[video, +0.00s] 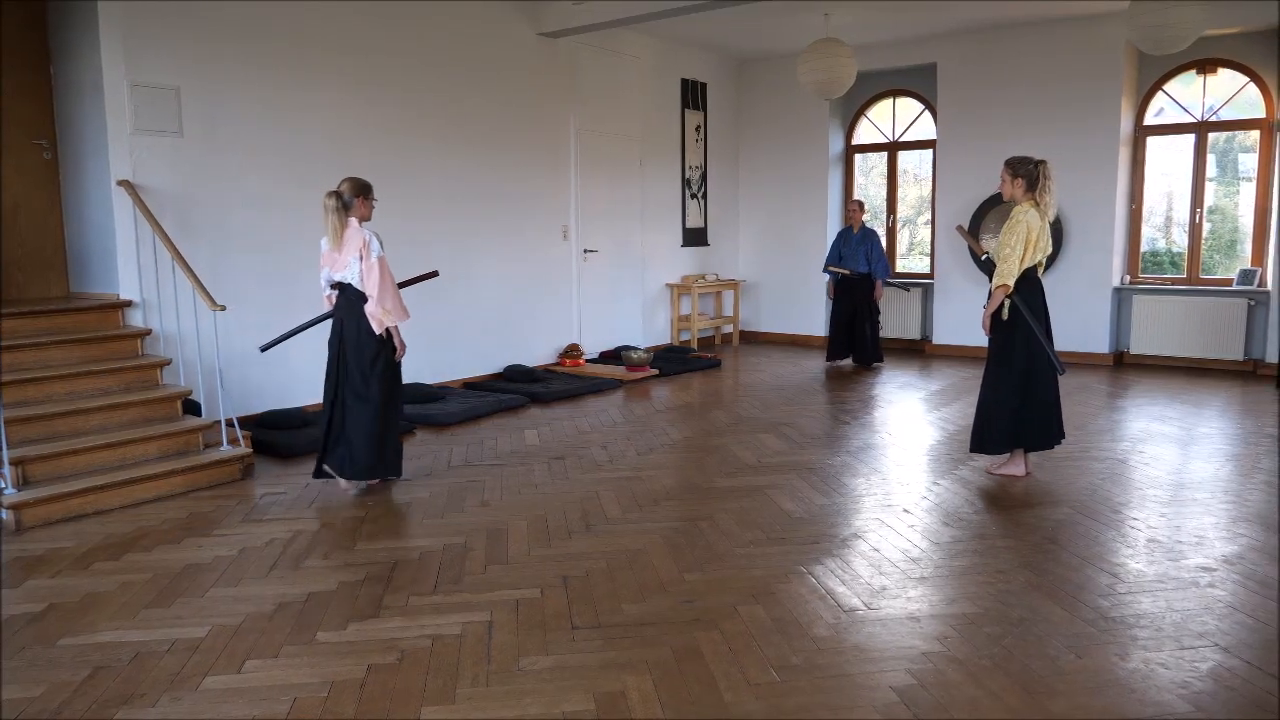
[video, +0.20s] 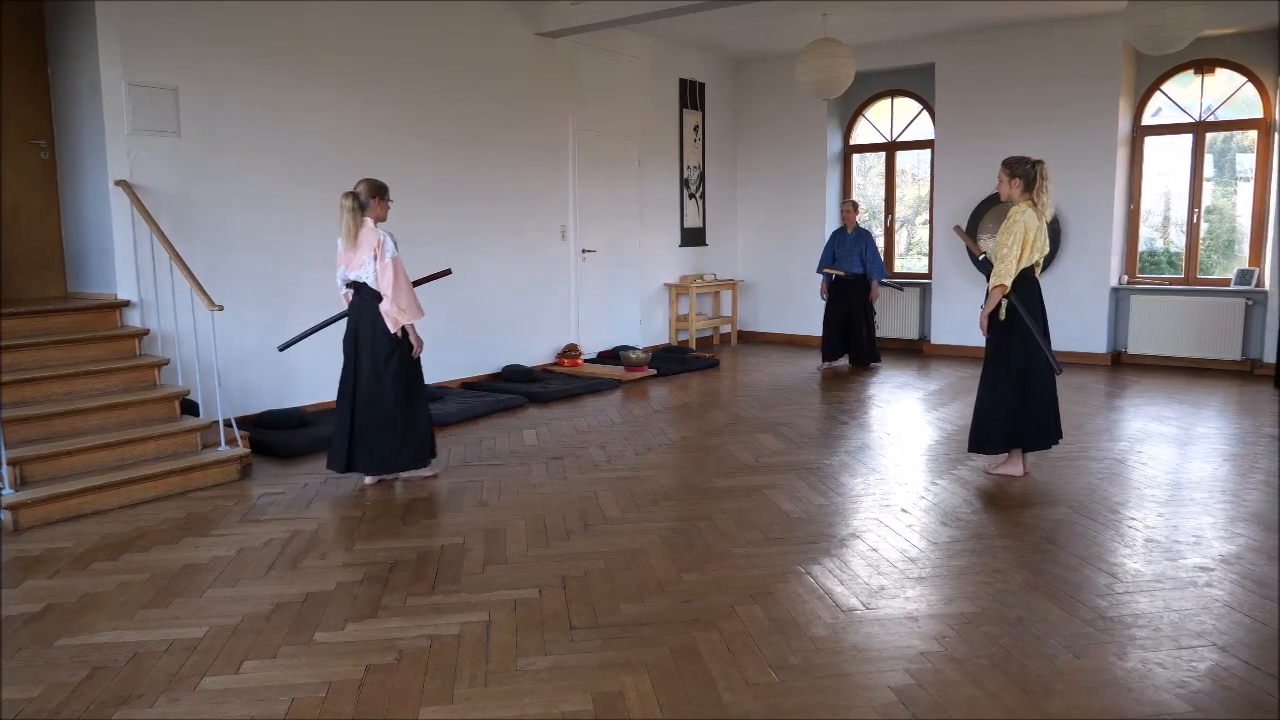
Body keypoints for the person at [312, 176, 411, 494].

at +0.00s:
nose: (373, 205)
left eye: (372, 200)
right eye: (371, 201)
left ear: (346, 203)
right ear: (359, 203)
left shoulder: (329, 242)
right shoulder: (366, 239)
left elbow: (329, 292)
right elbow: (378, 292)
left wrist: (346, 313)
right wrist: (394, 331)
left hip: (343, 325)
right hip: (368, 324)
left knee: (349, 394)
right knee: (374, 394)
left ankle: (350, 466)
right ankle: (368, 466)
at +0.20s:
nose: (390, 207)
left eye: (389, 202)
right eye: (388, 202)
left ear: (364, 203)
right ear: (376, 203)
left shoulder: (347, 240)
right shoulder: (381, 238)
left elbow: (345, 289)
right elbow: (392, 289)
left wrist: (363, 312)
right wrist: (410, 328)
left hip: (358, 322)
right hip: (383, 321)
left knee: (366, 393)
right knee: (401, 391)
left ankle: (372, 467)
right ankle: (410, 462)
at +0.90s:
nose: (454, 208)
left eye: (453, 203)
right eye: (452, 203)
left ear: (428, 205)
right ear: (443, 205)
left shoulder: (412, 241)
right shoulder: (452, 238)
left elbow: (412, 288)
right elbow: (462, 286)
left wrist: (425, 308)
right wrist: (475, 321)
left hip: (425, 316)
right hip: (450, 315)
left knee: (433, 379)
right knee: (452, 380)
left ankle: (437, 449)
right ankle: (449, 452)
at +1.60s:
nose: (502, 209)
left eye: (500, 205)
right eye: (500, 205)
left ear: (478, 206)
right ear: (492, 207)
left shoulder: (463, 239)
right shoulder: (497, 237)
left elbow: (462, 281)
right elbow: (505, 281)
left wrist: (473, 302)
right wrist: (519, 314)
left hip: (472, 310)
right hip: (495, 308)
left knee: (481, 369)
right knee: (505, 369)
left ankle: (487, 435)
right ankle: (509, 431)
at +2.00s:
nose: (531, 211)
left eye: (530, 207)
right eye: (528, 207)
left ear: (507, 209)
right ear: (519, 210)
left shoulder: (492, 239)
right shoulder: (526, 237)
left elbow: (486, 279)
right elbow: (540, 280)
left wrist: (498, 296)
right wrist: (538, 298)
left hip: (500, 299)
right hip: (522, 299)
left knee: (500, 360)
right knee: (534, 359)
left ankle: (492, 426)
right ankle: (542, 421)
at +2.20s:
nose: (550, 210)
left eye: (549, 206)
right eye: (546, 206)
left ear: (528, 211)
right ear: (532, 210)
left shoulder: (507, 240)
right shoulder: (544, 241)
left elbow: (495, 272)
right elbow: (582, 268)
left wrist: (510, 292)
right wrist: (570, 249)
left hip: (515, 304)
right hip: (538, 305)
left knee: (522, 361)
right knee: (545, 361)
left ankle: (523, 424)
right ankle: (543, 426)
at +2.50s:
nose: (565, 215)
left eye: (564, 211)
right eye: (560, 212)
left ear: (540, 218)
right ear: (546, 217)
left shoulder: (525, 242)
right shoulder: (556, 237)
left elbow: (505, 272)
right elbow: (595, 230)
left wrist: (517, 296)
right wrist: (623, 217)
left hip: (522, 311)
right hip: (540, 309)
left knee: (538, 371)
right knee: (577, 364)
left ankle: (541, 431)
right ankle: (559, 434)